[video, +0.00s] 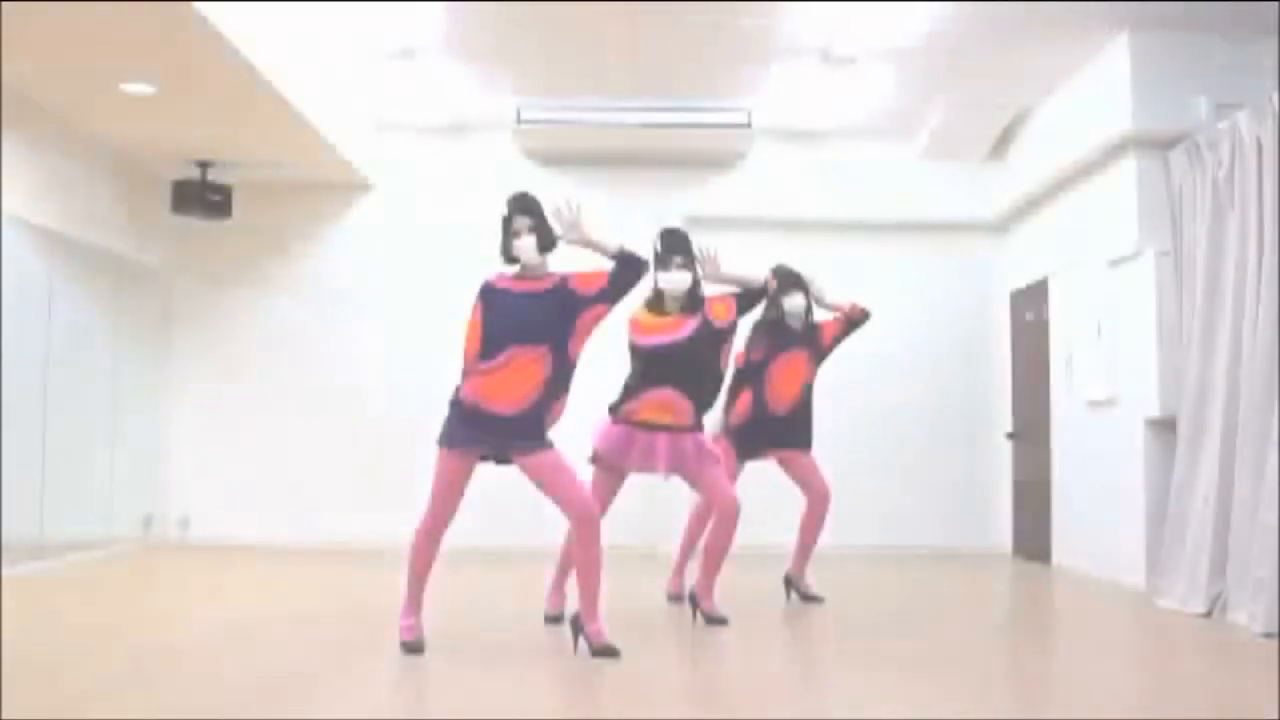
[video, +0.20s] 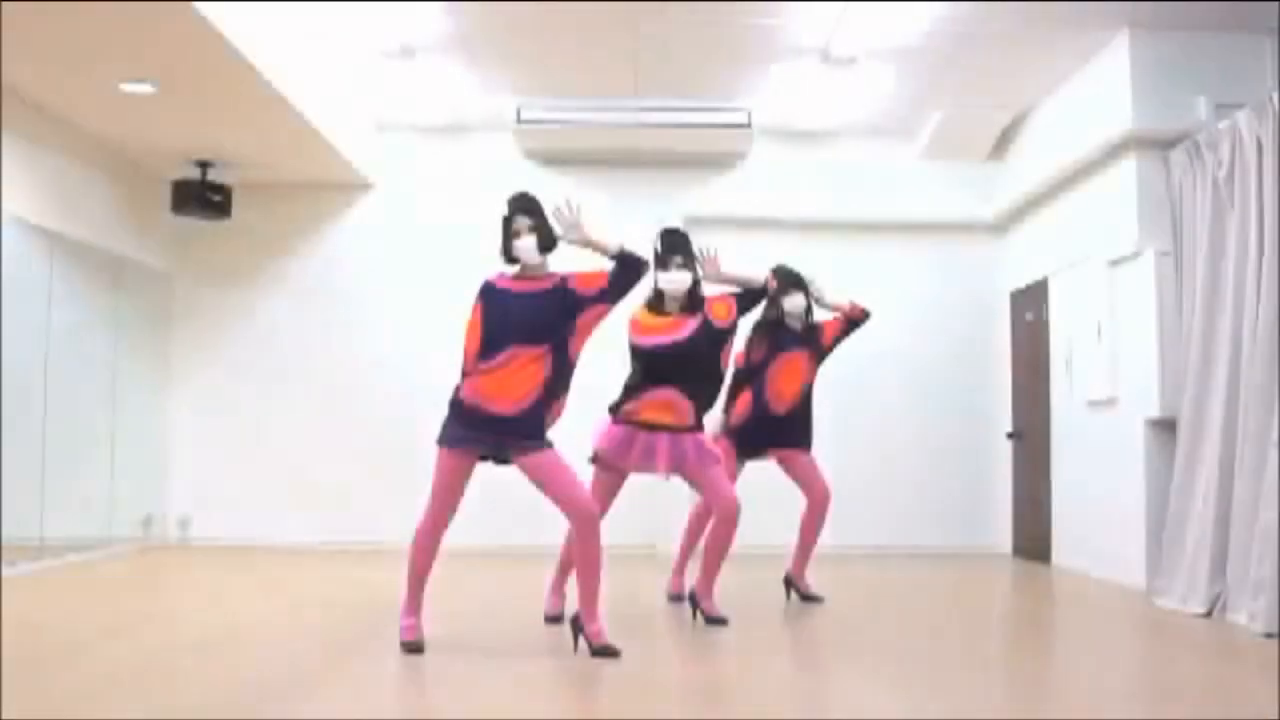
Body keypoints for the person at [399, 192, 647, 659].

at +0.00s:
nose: (524, 240)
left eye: (532, 232)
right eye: (515, 233)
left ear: (548, 238)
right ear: (506, 242)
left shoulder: (571, 292)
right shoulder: (492, 291)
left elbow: (635, 268)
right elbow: (472, 359)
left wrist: (583, 239)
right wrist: (463, 417)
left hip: (526, 429)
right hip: (470, 422)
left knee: (585, 511)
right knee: (437, 517)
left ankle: (590, 619)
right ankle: (411, 615)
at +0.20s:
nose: (525, 239)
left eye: (533, 231)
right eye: (516, 233)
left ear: (548, 238)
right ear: (507, 242)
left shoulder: (570, 292)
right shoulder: (493, 291)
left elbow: (636, 268)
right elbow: (471, 358)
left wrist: (584, 239)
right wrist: (462, 415)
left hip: (525, 429)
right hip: (470, 422)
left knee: (585, 511)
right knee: (437, 516)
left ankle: (590, 618)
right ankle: (411, 614)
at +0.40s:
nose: (524, 239)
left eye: (532, 231)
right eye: (515, 233)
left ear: (548, 237)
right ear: (506, 241)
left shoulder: (571, 291)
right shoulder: (492, 291)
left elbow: (636, 267)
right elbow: (469, 359)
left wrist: (585, 239)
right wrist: (462, 413)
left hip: (524, 429)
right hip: (468, 422)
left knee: (585, 512)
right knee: (437, 515)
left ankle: (589, 618)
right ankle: (411, 613)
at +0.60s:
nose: (523, 240)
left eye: (531, 231)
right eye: (514, 233)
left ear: (547, 238)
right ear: (505, 242)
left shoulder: (571, 292)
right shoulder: (491, 291)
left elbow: (635, 266)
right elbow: (468, 359)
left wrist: (582, 239)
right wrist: (462, 416)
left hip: (522, 430)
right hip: (466, 422)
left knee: (584, 513)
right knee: (437, 513)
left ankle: (590, 619)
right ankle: (411, 614)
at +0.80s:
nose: (525, 241)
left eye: (533, 232)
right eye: (516, 234)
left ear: (549, 240)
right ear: (507, 242)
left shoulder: (567, 288)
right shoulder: (491, 289)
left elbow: (634, 275)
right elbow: (468, 356)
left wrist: (587, 240)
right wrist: (460, 411)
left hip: (522, 429)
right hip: (467, 421)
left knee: (583, 515)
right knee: (437, 514)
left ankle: (590, 618)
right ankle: (410, 612)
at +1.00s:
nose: (557, 253)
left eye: (564, 246)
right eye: (549, 244)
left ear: (571, 252)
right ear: (530, 247)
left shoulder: (580, 294)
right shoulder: (502, 291)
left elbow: (577, 354)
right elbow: (479, 356)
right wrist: (478, 418)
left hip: (551, 427)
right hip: (495, 424)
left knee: (596, 518)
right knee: (456, 525)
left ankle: (634, 618)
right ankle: (415, 611)